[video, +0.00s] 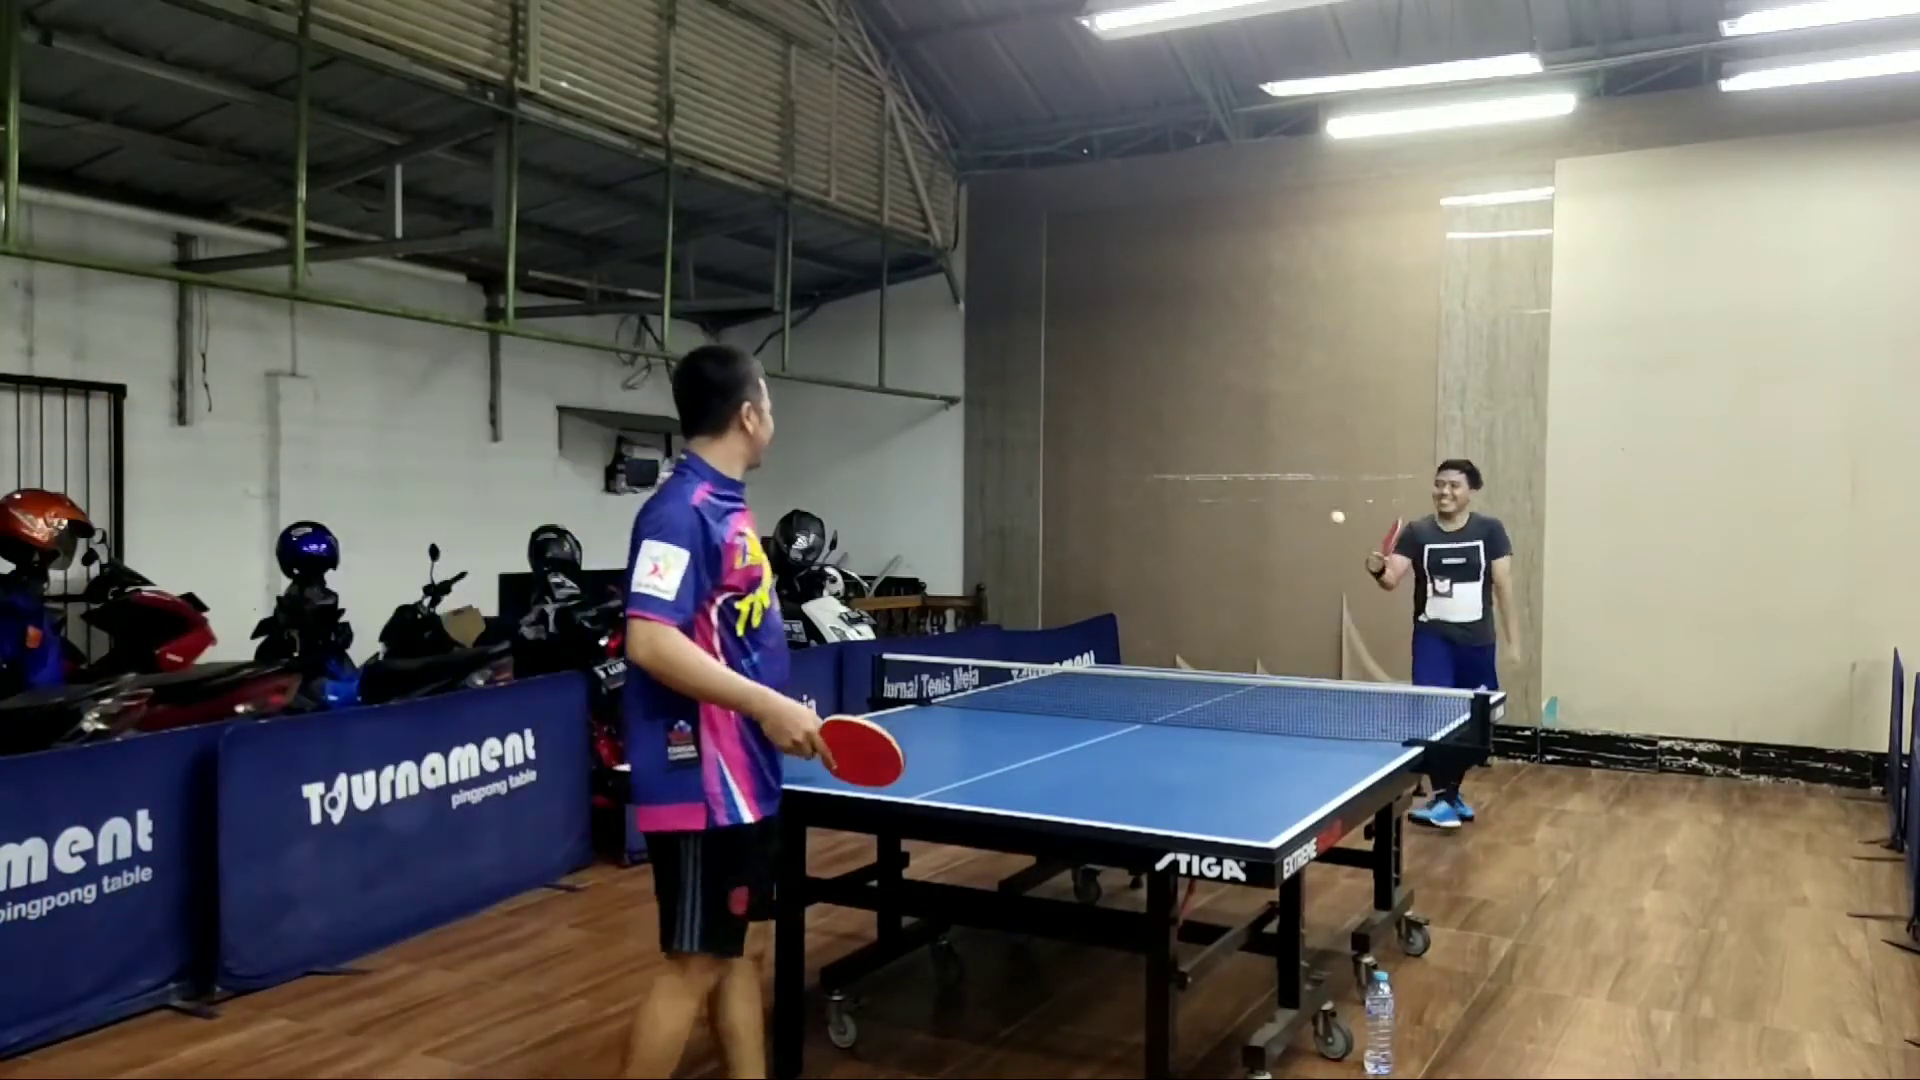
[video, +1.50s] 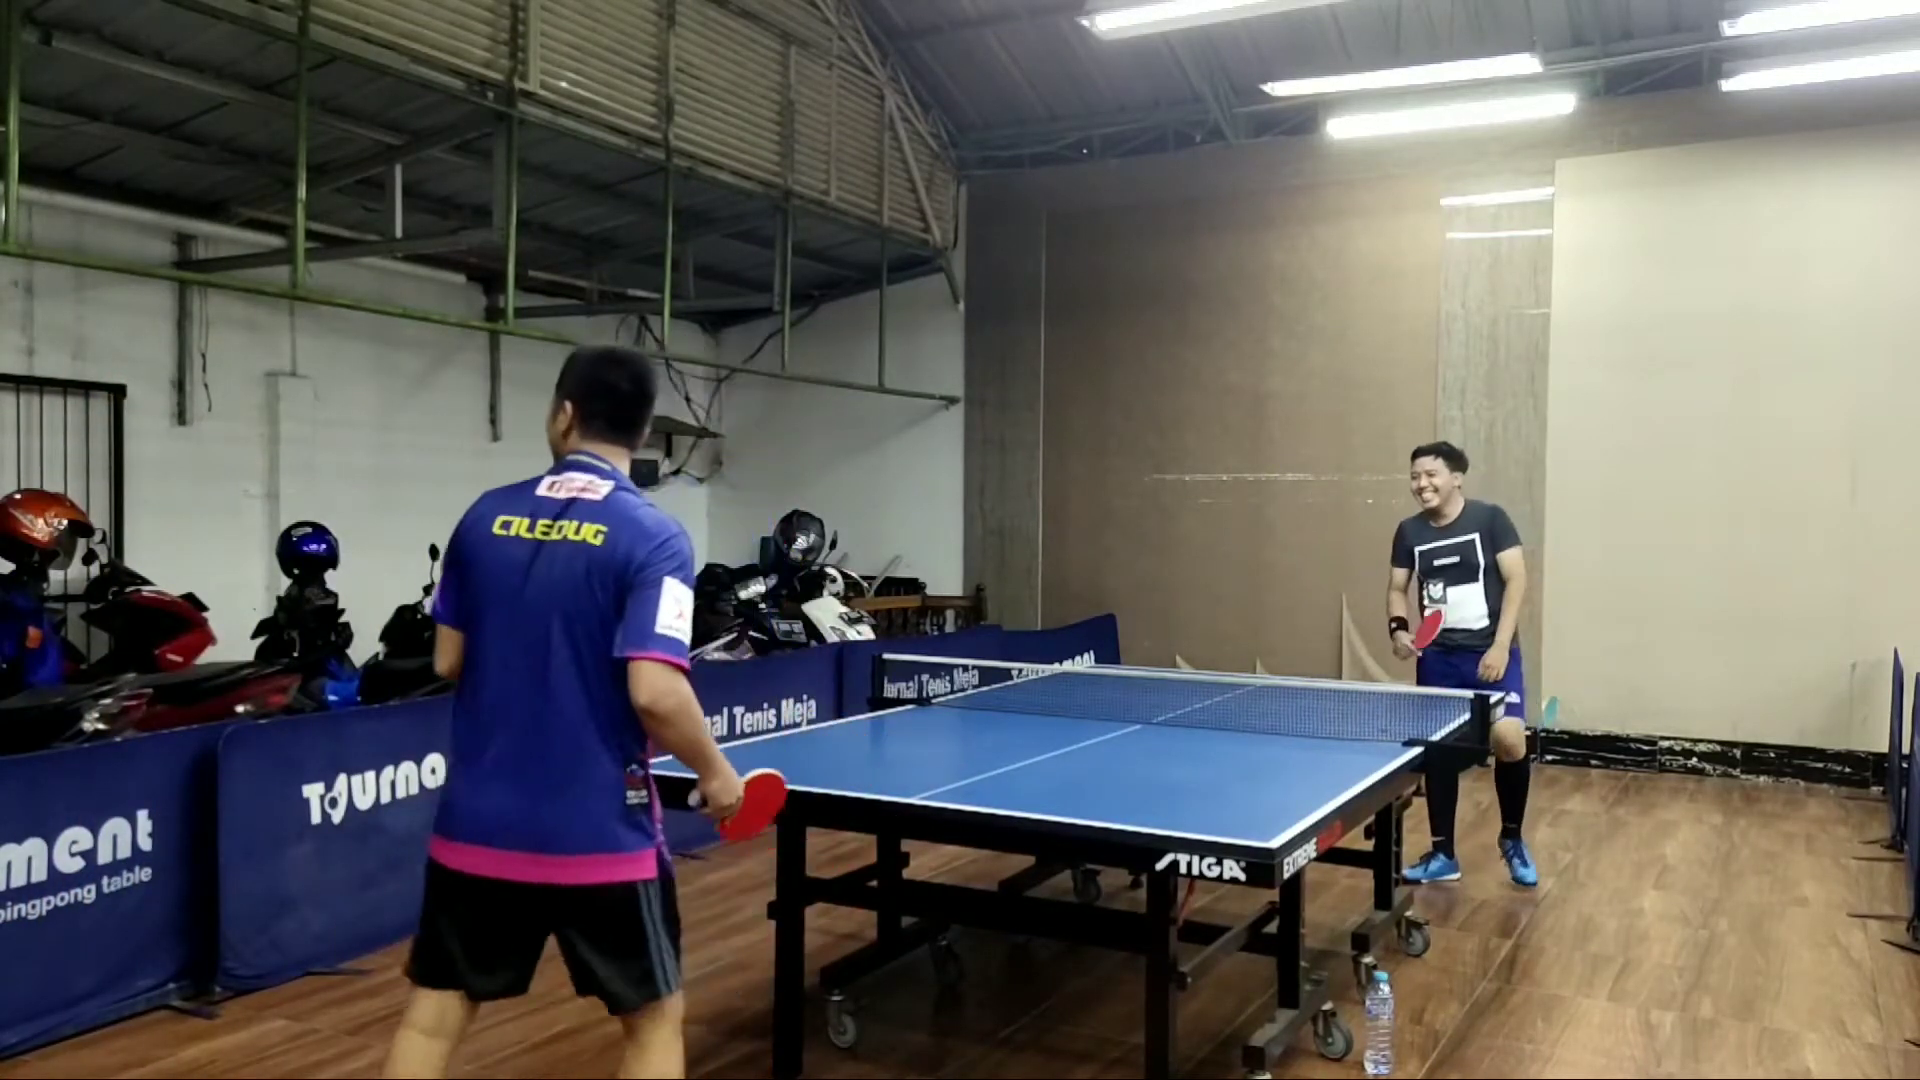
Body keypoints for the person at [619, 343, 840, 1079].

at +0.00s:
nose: (770, 418)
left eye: (766, 403)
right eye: (767, 404)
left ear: (699, 413)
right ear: (749, 413)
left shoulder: (723, 505)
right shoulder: (678, 511)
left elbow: (713, 641)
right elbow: (649, 640)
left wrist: (781, 713)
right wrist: (766, 703)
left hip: (736, 773)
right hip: (692, 782)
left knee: (738, 953)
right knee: (693, 963)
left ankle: (750, 1074)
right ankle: (641, 1074)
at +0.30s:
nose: (819, 429)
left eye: (818, 414)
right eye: (817, 414)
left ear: (749, 418)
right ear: (797, 419)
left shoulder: (762, 506)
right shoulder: (713, 508)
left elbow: (745, 640)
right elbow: (675, 634)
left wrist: (807, 718)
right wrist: (789, 704)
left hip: (760, 772)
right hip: (729, 779)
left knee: (749, 959)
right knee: (803, 960)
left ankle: (752, 1075)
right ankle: (695, 1073)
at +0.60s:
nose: (806, 428)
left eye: (803, 412)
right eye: (804, 412)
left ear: (733, 414)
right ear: (786, 418)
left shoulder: (750, 506)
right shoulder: (717, 514)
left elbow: (762, 622)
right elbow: (685, 660)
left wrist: (849, 586)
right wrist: (811, 727)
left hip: (768, 780)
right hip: (744, 792)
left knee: (770, 976)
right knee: (765, 987)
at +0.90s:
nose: (790, 431)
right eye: (791, 419)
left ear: (701, 413)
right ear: (783, 429)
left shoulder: (646, 506)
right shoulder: (737, 524)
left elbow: (671, 649)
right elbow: (716, 678)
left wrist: (790, 664)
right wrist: (825, 763)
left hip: (639, 806)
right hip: (702, 819)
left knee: (694, 1003)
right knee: (707, 1019)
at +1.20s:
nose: (632, 410)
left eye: (634, 401)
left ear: (642, 409)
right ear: (726, 424)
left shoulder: (570, 508)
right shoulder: (730, 522)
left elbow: (525, 650)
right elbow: (725, 673)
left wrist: (606, 685)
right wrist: (785, 791)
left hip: (578, 813)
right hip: (679, 825)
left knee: (568, 966)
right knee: (678, 1015)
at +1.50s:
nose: (551, 418)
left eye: (553, 407)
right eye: (556, 408)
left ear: (564, 415)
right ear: (643, 434)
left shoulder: (486, 513)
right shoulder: (655, 536)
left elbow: (448, 661)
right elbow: (654, 691)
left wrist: (533, 656)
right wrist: (713, 769)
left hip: (475, 832)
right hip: (599, 843)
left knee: (430, 1020)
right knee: (653, 1022)